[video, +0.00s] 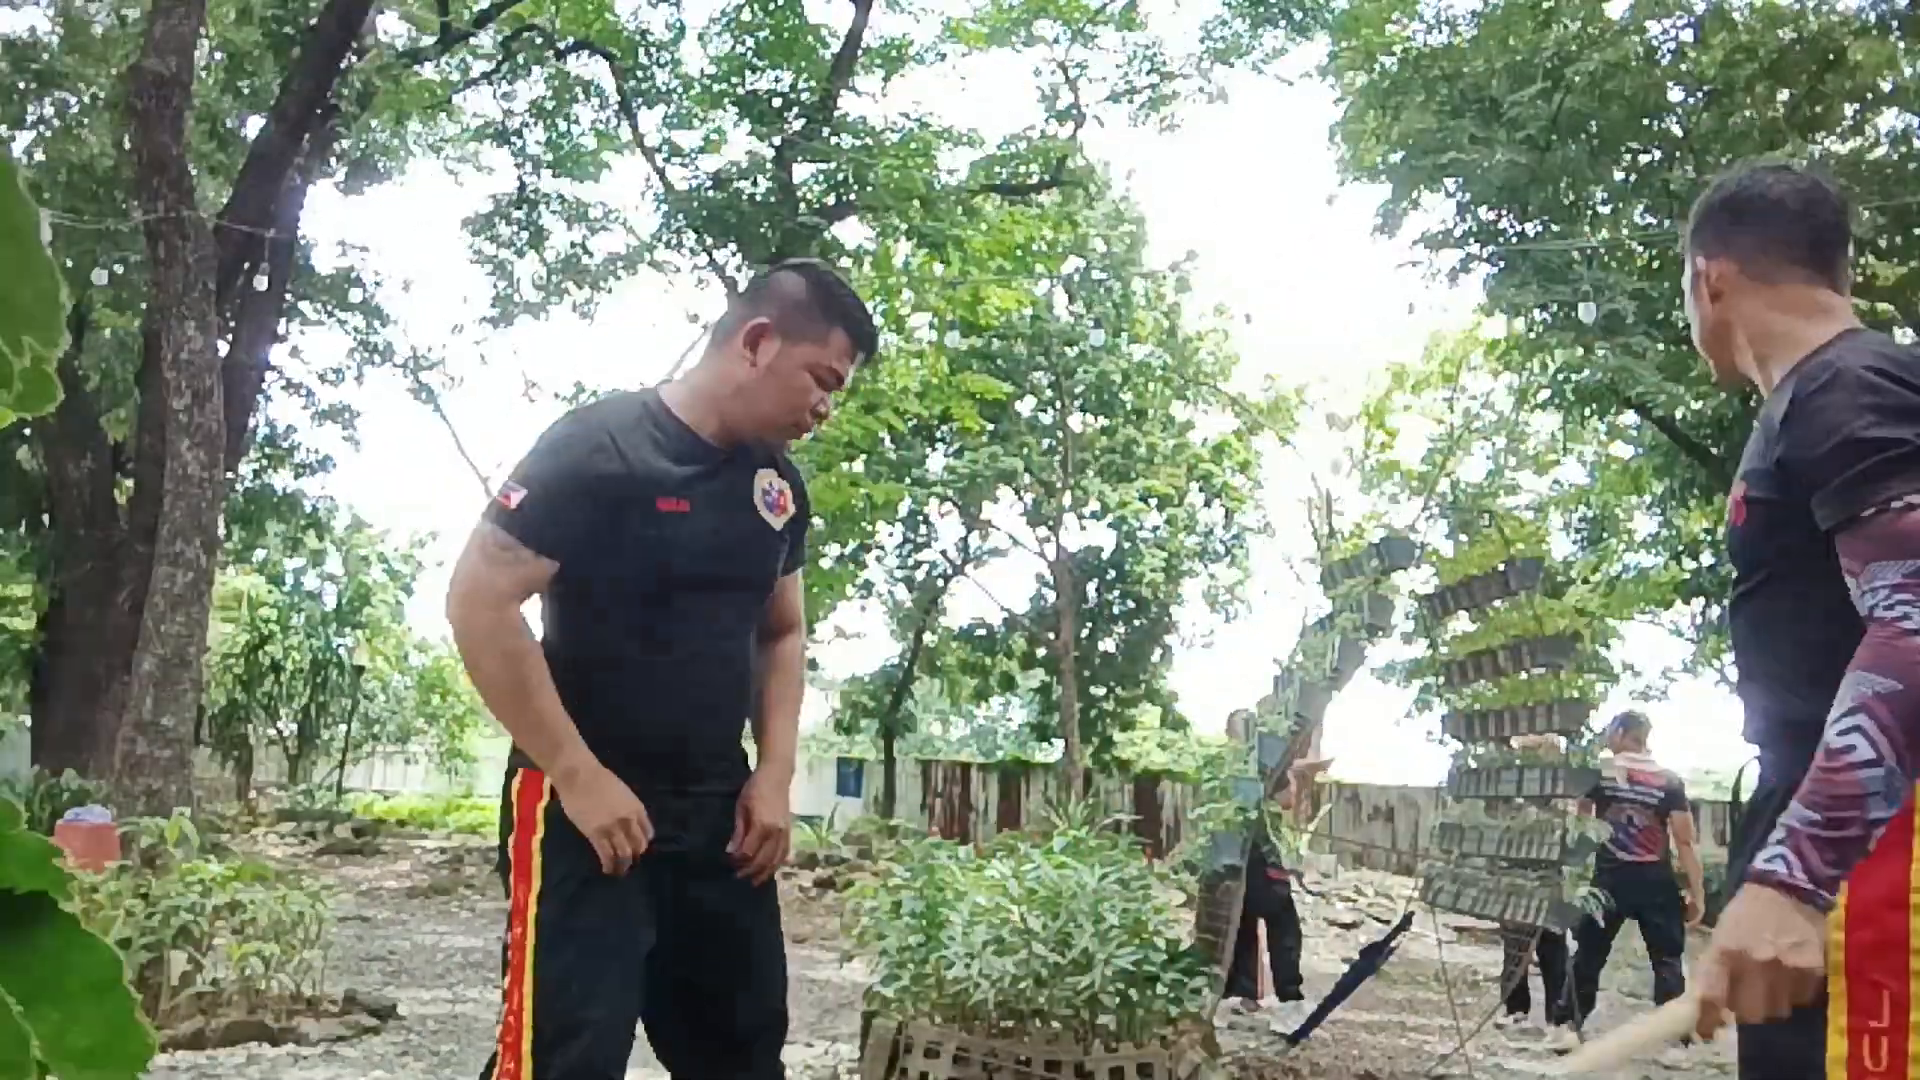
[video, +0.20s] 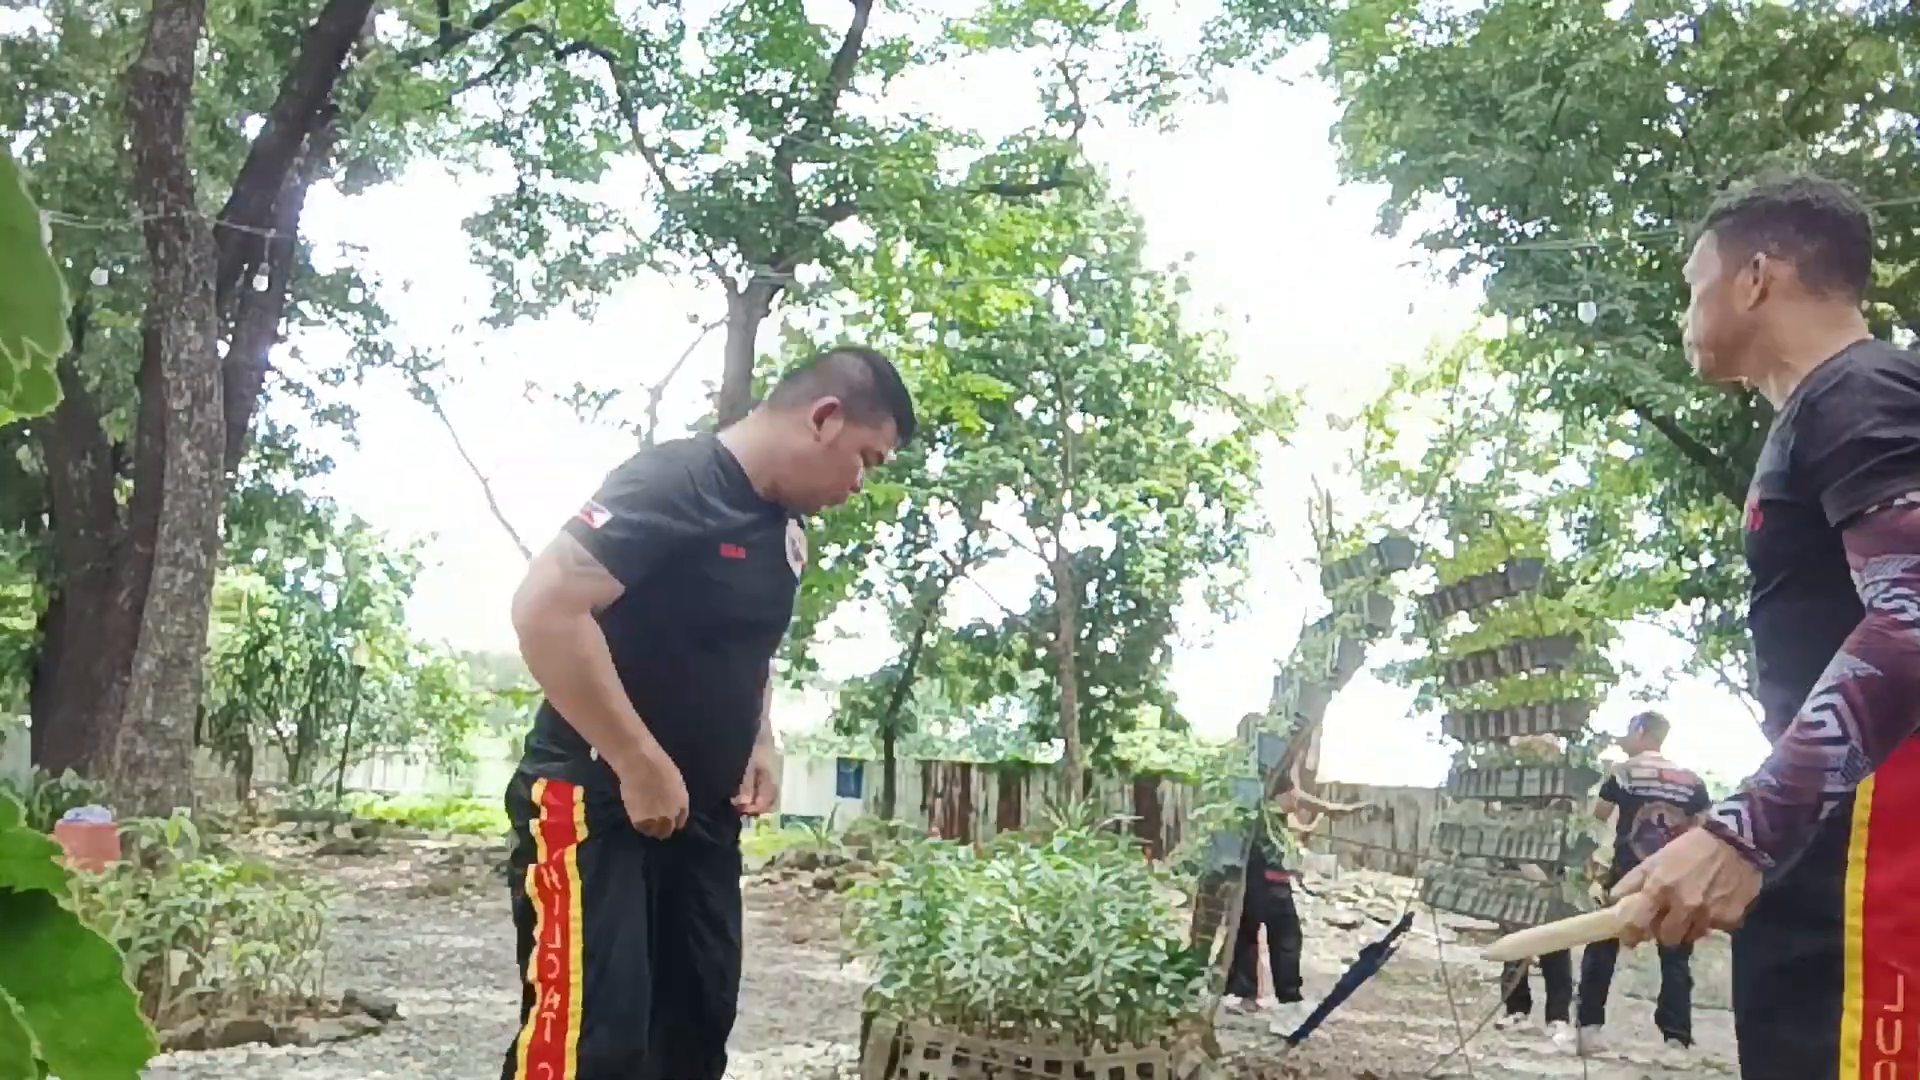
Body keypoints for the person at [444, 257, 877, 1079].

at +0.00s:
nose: (824, 409)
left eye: (836, 392)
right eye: (821, 379)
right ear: (756, 343)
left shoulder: (775, 482)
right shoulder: (596, 443)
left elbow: (781, 632)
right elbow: (479, 600)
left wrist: (775, 769)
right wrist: (573, 771)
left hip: (717, 826)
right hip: (582, 819)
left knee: (742, 1061)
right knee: (566, 1062)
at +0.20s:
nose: (859, 486)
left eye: (872, 469)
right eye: (865, 460)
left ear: (823, 420)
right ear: (823, 417)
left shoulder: (785, 531)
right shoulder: (673, 478)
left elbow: (748, 652)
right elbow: (545, 607)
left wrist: (761, 740)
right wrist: (638, 760)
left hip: (701, 821)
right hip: (589, 808)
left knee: (695, 1034)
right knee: (587, 1037)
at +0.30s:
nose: (905, 582)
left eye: (918, 565)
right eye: (912, 557)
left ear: (874, 516)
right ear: (873, 516)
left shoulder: (820, 618)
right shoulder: (730, 560)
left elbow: (769, 738)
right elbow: (595, 676)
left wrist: (776, 865)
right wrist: (657, 823)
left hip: (684, 851)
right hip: (585, 831)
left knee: (708, 1044)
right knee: (590, 1047)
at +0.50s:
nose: (956, 854)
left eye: (972, 844)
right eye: (970, 835)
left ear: (937, 786)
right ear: (944, 790)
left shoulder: (853, 856)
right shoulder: (810, 753)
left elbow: (829, 1003)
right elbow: (639, 783)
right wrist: (656, 936)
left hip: (670, 886)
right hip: (565, 852)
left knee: (751, 1035)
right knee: (594, 1050)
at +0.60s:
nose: (948, 954)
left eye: (964, 945)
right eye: (963, 935)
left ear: (939, 886)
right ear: (943, 889)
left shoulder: (852, 932)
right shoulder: (831, 821)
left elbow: (838, 1054)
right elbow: (660, 813)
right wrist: (653, 970)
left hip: (658, 898)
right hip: (561, 858)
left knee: (749, 1034)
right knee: (600, 1055)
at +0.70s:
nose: (933, 992)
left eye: (952, 985)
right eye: (952, 976)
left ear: (936, 923)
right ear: (943, 927)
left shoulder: (844, 959)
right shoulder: (842, 844)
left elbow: (830, 1052)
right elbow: (682, 822)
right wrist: (653, 971)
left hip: (656, 901)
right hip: (564, 855)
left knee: (747, 1032)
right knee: (608, 1050)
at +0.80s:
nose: (946, 964)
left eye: (963, 955)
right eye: (963, 945)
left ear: (945, 898)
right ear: (949, 898)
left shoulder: (842, 928)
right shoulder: (850, 830)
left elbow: (823, 1054)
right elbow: (689, 819)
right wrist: (661, 968)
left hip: (654, 890)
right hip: (569, 849)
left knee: (743, 1031)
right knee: (614, 1045)